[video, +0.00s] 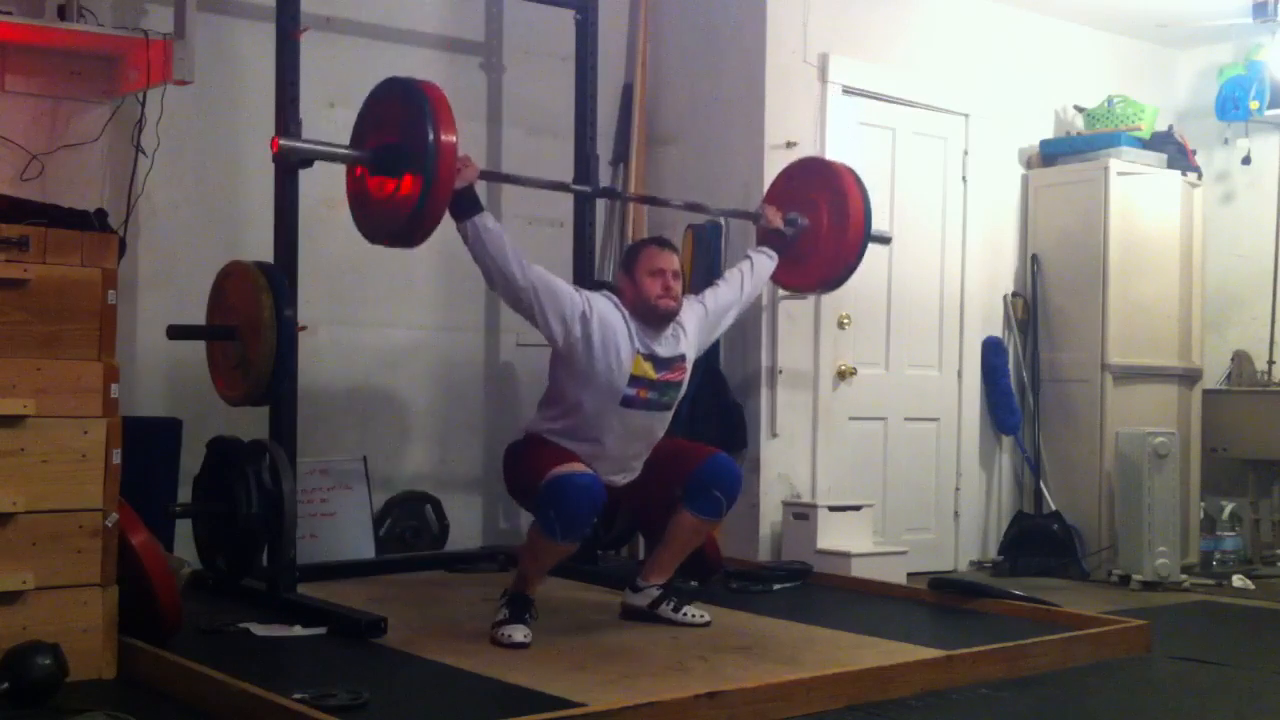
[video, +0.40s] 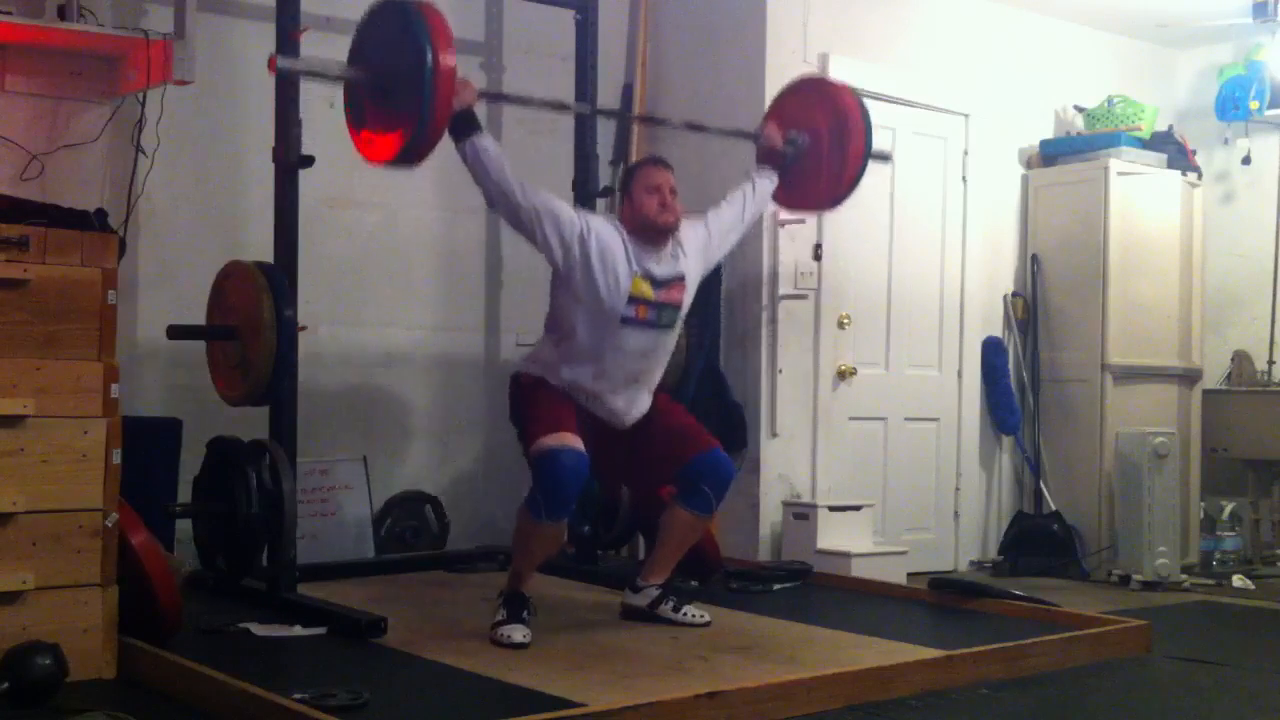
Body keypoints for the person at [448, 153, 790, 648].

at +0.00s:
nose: (670, 283)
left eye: (676, 276)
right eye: (657, 274)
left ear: (682, 285)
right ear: (624, 282)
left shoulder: (690, 326)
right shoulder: (588, 316)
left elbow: (737, 288)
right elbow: (516, 276)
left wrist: (771, 241)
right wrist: (465, 200)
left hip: (635, 460)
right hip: (553, 453)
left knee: (719, 474)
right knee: (579, 495)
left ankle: (648, 591)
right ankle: (519, 599)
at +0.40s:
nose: (667, 201)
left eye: (673, 193)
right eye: (653, 191)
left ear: (680, 206)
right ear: (623, 203)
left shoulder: (690, 248)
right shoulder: (587, 238)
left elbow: (740, 209)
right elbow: (511, 195)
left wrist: (771, 164)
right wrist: (463, 120)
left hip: (635, 401)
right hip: (557, 387)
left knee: (711, 470)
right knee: (565, 471)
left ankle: (648, 591)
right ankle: (515, 598)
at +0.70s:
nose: (667, 102)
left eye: (671, 93)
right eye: (653, 92)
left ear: (676, 104)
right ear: (624, 102)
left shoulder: (692, 155)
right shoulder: (590, 146)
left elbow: (740, 118)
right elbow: (519, 99)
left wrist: (775, 71)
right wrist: (471, 27)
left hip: (651, 335)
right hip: (574, 325)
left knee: (681, 454)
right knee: (580, 440)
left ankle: (647, 590)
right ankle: (524, 595)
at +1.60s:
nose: (618, 69)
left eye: (626, 60)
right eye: (606, 58)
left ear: (634, 65)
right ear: (579, 61)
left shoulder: (648, 119)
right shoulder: (549, 105)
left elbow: (708, 163)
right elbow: (478, 117)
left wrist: (776, 178)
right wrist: (427, 114)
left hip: (651, 285)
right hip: (576, 284)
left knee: (669, 430)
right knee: (583, 435)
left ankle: (657, 578)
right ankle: (565, 591)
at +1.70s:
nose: (647, 101)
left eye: (658, 92)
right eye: (638, 88)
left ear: (667, 97)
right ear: (612, 83)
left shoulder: (672, 158)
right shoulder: (570, 141)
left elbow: (716, 226)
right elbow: (497, 182)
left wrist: (755, 288)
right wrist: (467, 246)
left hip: (652, 318)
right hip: (575, 315)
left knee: (672, 453)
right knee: (587, 455)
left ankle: (648, 593)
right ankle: (560, 598)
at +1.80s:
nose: (683, 146)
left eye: (691, 135)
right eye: (672, 132)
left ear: (697, 139)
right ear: (643, 133)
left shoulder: (696, 206)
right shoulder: (593, 188)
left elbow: (734, 278)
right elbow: (510, 246)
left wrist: (760, 343)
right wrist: (460, 326)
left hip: (642, 347)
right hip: (565, 343)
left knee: (674, 463)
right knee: (581, 463)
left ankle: (644, 596)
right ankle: (556, 602)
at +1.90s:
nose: (697, 233)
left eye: (708, 224)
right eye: (692, 218)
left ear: (718, 220)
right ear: (665, 202)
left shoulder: (714, 257)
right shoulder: (606, 235)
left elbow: (753, 316)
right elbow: (512, 279)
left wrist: (768, 378)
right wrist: (467, 364)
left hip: (632, 363)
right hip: (554, 350)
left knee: (673, 458)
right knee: (566, 455)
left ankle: (644, 596)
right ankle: (555, 600)